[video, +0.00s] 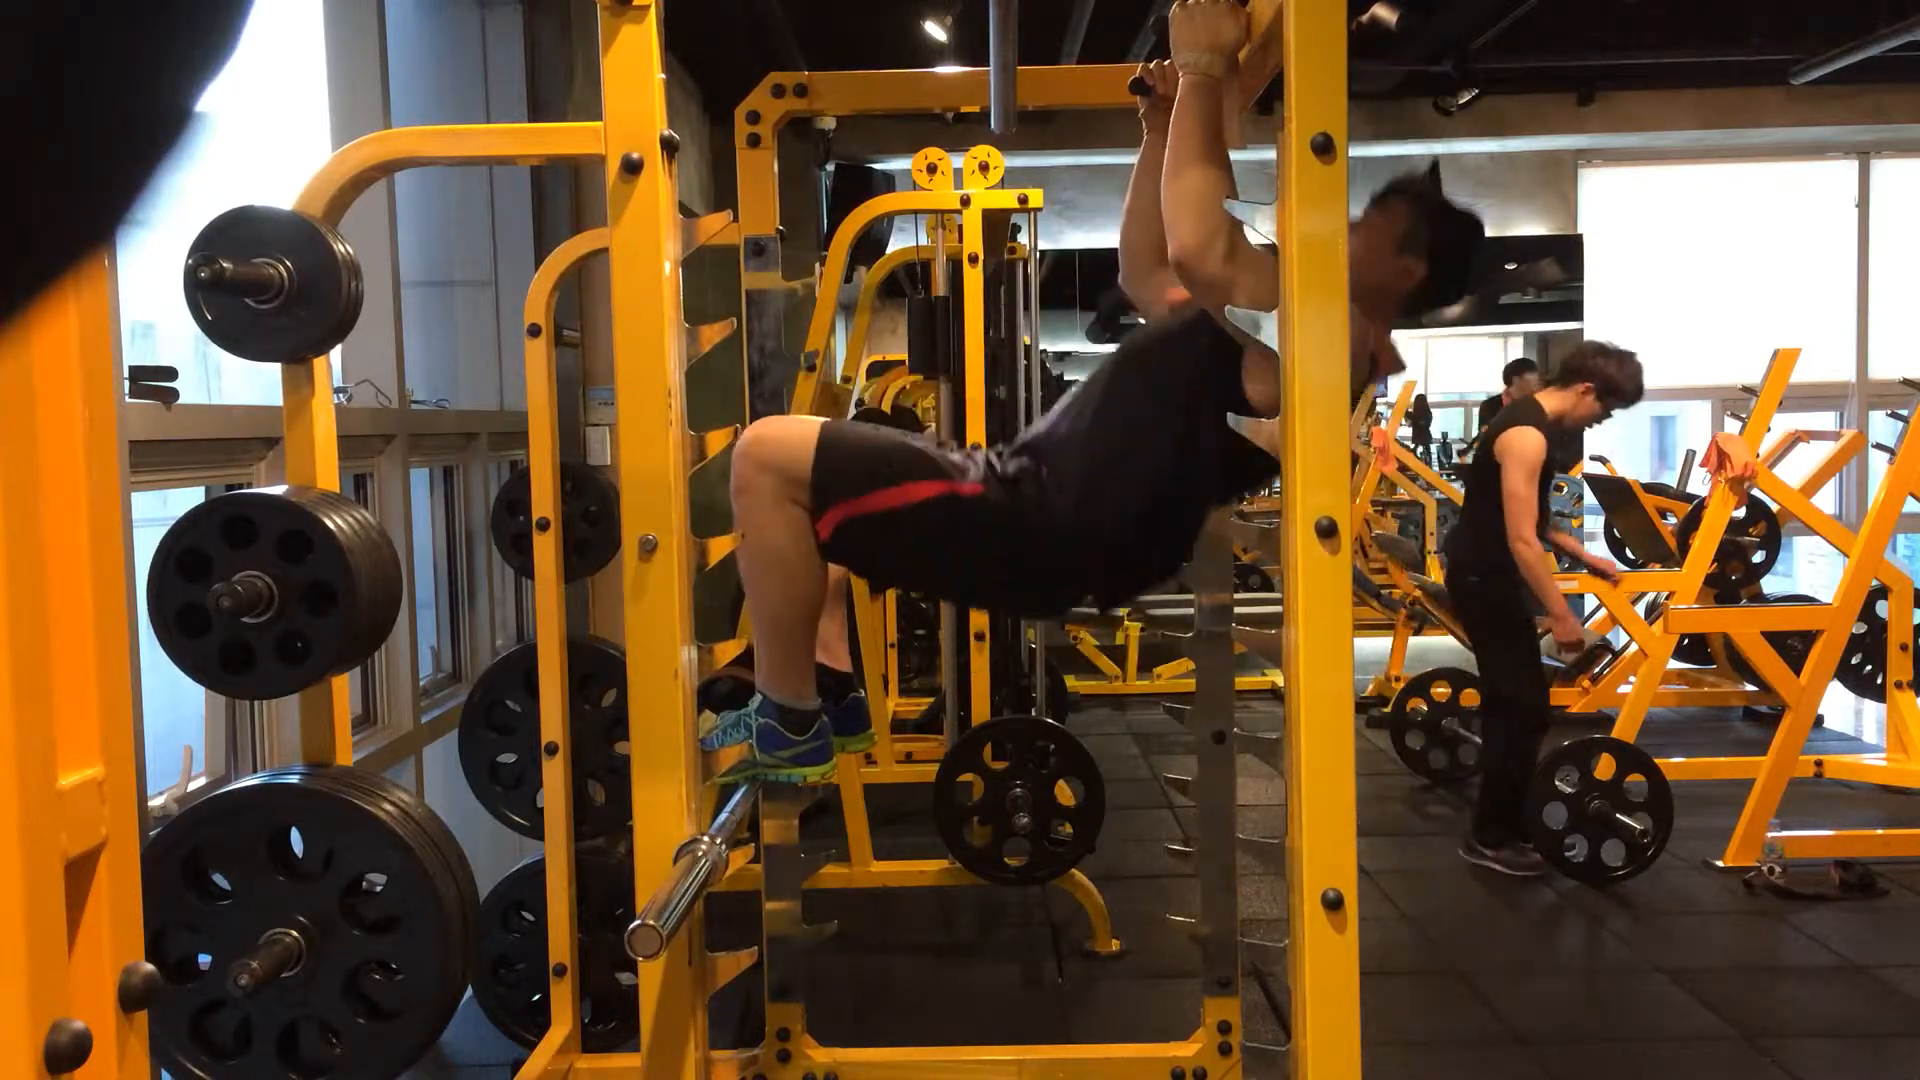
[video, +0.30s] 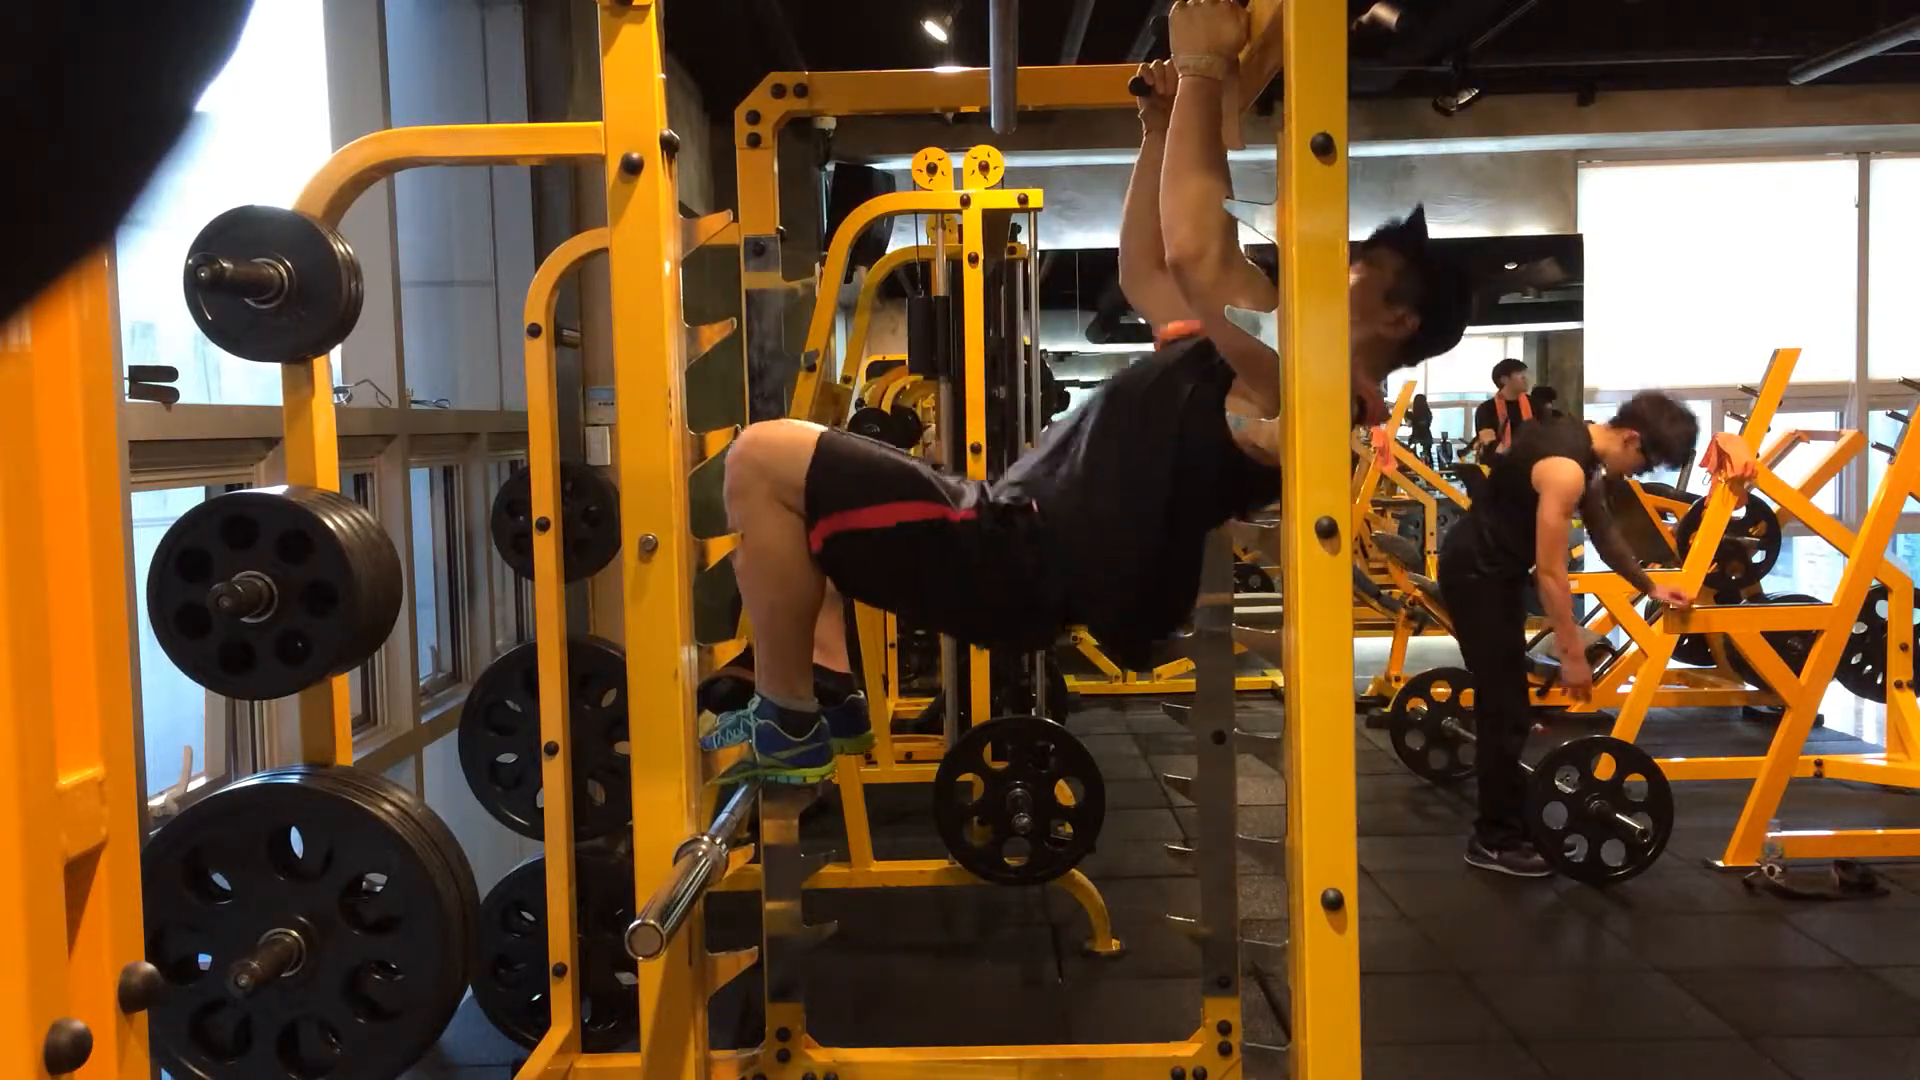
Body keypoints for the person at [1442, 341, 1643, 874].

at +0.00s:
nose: (1599, 421)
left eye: (1605, 413)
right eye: (1603, 410)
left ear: (1583, 388)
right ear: (1585, 389)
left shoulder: (1540, 429)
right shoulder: (1523, 435)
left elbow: (1538, 524)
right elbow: (1520, 541)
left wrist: (1589, 557)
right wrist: (1562, 614)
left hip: (1499, 576)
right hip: (1484, 580)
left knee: (1521, 702)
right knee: (1519, 704)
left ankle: (1504, 828)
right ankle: (1492, 837)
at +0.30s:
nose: (1635, 474)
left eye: (1645, 468)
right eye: (1643, 464)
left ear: (1628, 434)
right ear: (1629, 437)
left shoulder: (1583, 455)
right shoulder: (1563, 467)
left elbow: (1603, 533)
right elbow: (1550, 574)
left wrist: (1650, 586)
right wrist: (1572, 656)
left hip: (1495, 571)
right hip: (1476, 574)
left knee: (1509, 700)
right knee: (1502, 705)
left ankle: (1507, 826)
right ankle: (1493, 838)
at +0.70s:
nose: (1670, 529)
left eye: (1679, 526)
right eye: (1680, 523)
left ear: (1668, 477)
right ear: (1674, 497)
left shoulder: (1613, 446)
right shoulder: (1616, 525)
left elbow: (1617, 537)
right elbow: (1592, 626)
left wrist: (1652, 590)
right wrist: (1599, 712)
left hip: (1468, 550)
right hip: (1487, 571)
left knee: (1479, 690)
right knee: (1502, 701)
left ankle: (1462, 801)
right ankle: (1493, 839)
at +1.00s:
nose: (1675, 534)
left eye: (1682, 532)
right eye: (1683, 529)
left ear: (1677, 478)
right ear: (1683, 507)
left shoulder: (1620, 447)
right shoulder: (1624, 533)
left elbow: (1623, 540)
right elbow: (1601, 633)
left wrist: (1653, 591)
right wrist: (1606, 719)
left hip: (1465, 544)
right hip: (1492, 572)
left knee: (1441, 672)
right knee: (1498, 708)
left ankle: (1389, 775)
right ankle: (1492, 839)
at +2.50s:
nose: (1618, 482)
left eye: (1627, 477)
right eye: (1626, 475)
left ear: (1613, 437)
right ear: (1623, 453)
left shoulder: (1549, 435)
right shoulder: (1562, 483)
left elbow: (1592, 526)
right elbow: (1547, 584)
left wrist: (1636, 578)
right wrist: (1566, 674)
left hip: (1433, 565)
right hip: (1462, 581)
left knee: (1433, 693)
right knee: (1483, 710)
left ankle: (1406, 807)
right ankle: (1490, 838)